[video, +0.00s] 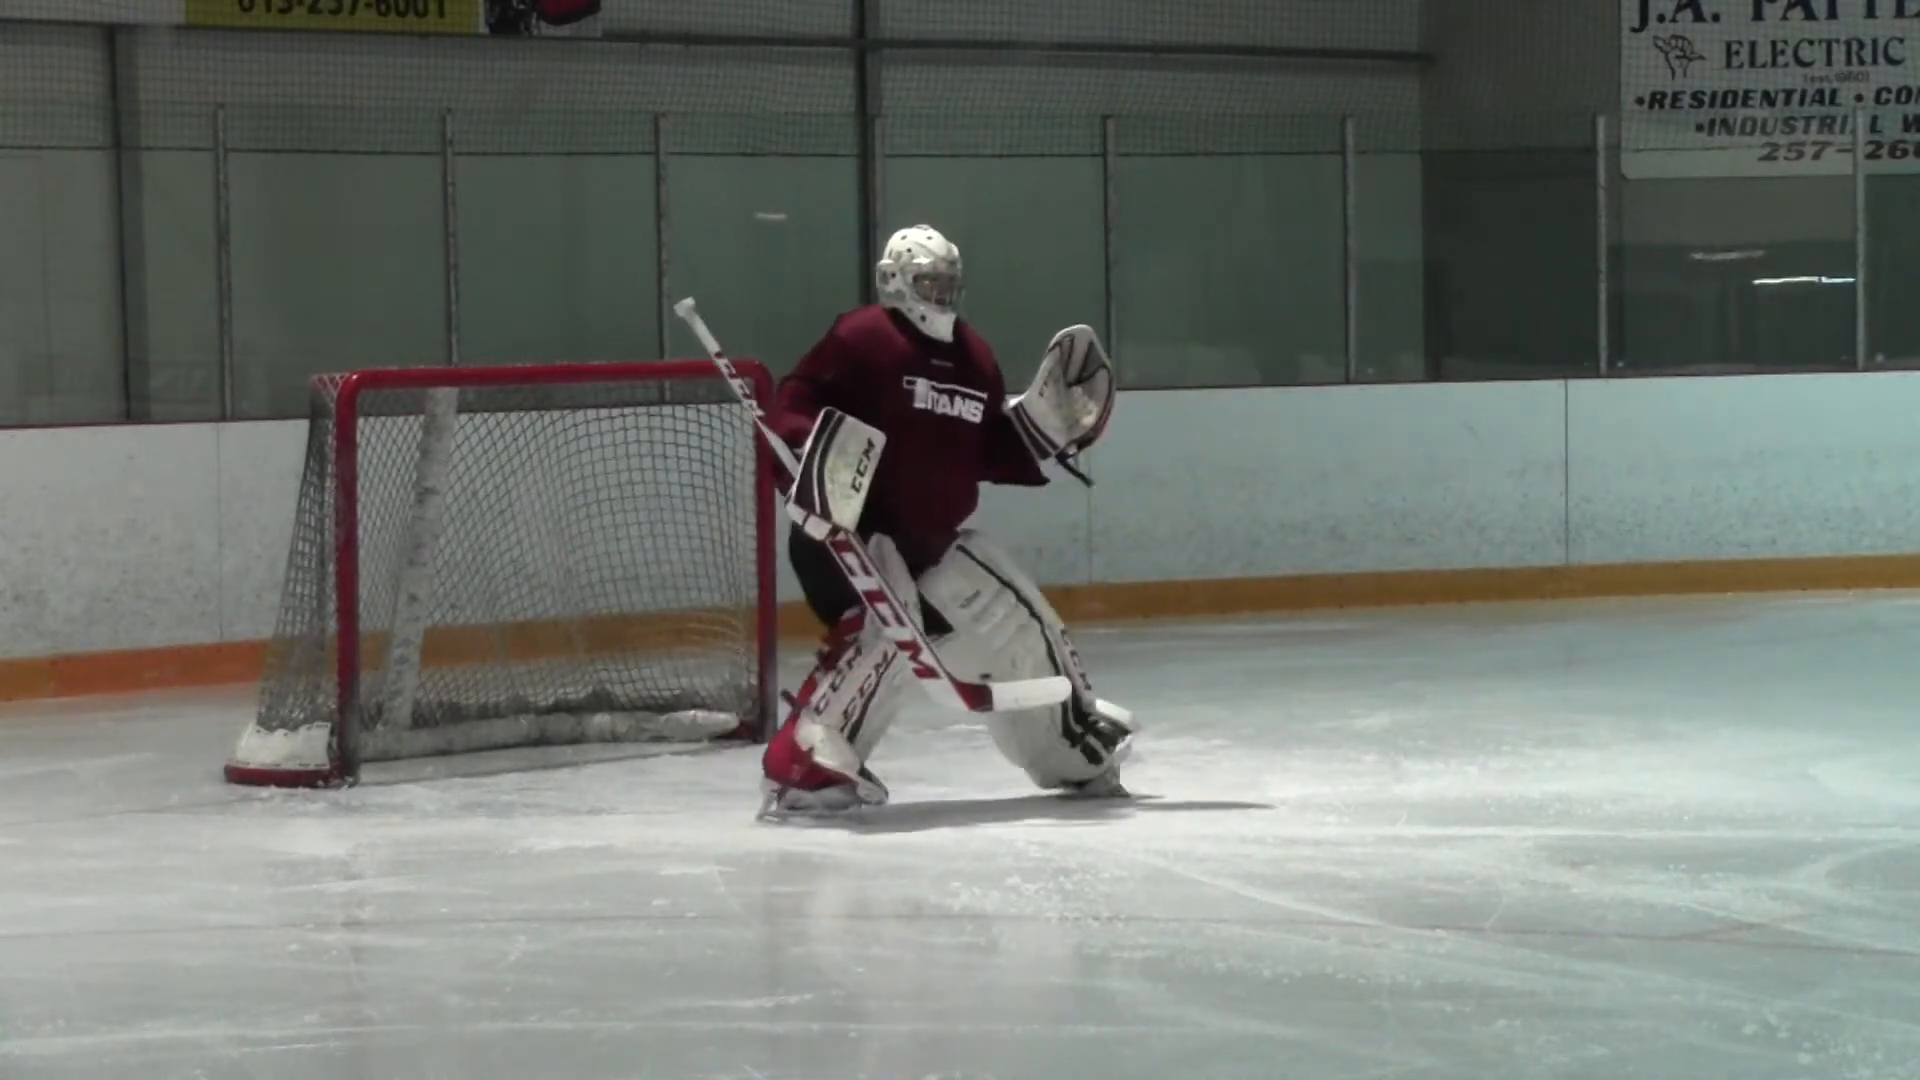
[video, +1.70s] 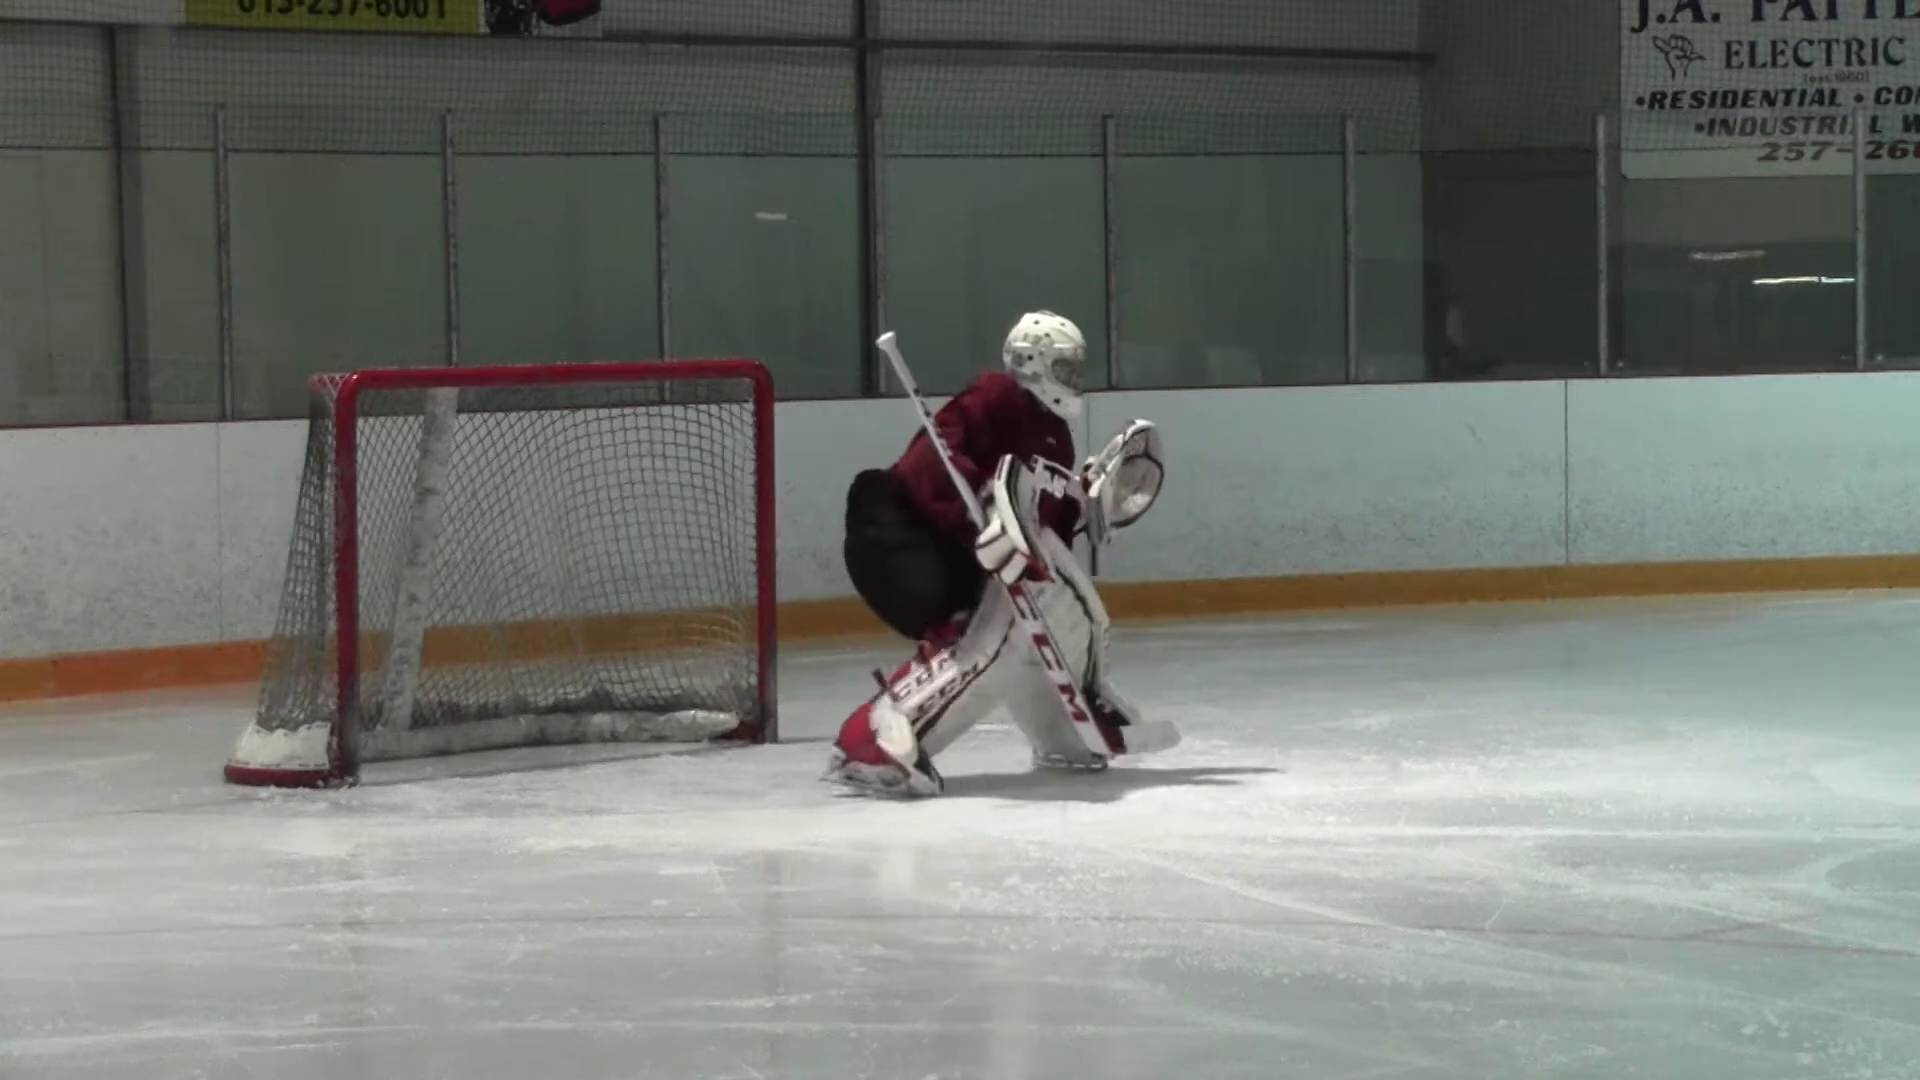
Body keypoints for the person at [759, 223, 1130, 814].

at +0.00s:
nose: (939, 295)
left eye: (948, 283)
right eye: (926, 282)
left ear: (958, 284)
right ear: (893, 281)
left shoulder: (973, 355)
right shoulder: (862, 338)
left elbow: (987, 452)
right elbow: (786, 413)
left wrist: (1046, 425)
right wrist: (826, 457)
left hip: (933, 540)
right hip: (848, 532)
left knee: (1017, 628)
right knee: (881, 634)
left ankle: (1075, 761)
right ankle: (808, 769)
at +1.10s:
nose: (982, 349)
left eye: (987, 338)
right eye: (969, 337)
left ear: (994, 338)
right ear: (934, 338)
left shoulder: (996, 406)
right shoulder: (897, 384)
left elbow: (992, 488)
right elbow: (810, 434)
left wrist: (1052, 482)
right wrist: (845, 491)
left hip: (945, 552)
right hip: (866, 550)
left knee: (1001, 638)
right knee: (848, 657)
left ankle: (1031, 748)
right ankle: (780, 767)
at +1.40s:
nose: (1048, 367)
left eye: (1052, 355)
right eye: (1036, 355)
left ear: (1053, 354)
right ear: (1000, 353)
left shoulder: (1046, 427)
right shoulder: (965, 394)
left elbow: (1045, 513)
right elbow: (881, 448)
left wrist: (1095, 497)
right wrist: (928, 500)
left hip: (998, 561)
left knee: (1054, 624)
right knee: (914, 657)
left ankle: (1058, 736)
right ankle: (811, 760)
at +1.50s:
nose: (1065, 372)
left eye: (1068, 361)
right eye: (1054, 360)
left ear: (1070, 360)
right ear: (1020, 357)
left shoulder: (1055, 428)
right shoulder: (983, 388)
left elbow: (1048, 517)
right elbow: (907, 445)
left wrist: (1104, 506)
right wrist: (960, 507)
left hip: (1003, 553)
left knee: (1059, 640)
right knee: (940, 652)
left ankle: (1088, 744)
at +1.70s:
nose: (1074, 381)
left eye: (1077, 369)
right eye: (1063, 368)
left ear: (1075, 367)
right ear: (1030, 366)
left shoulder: (1054, 435)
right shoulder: (994, 397)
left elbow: (1050, 519)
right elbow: (926, 463)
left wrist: (1096, 501)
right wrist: (986, 526)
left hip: (962, 551)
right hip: (903, 540)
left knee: (1043, 616)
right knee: (981, 636)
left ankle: (1066, 739)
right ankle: (872, 743)